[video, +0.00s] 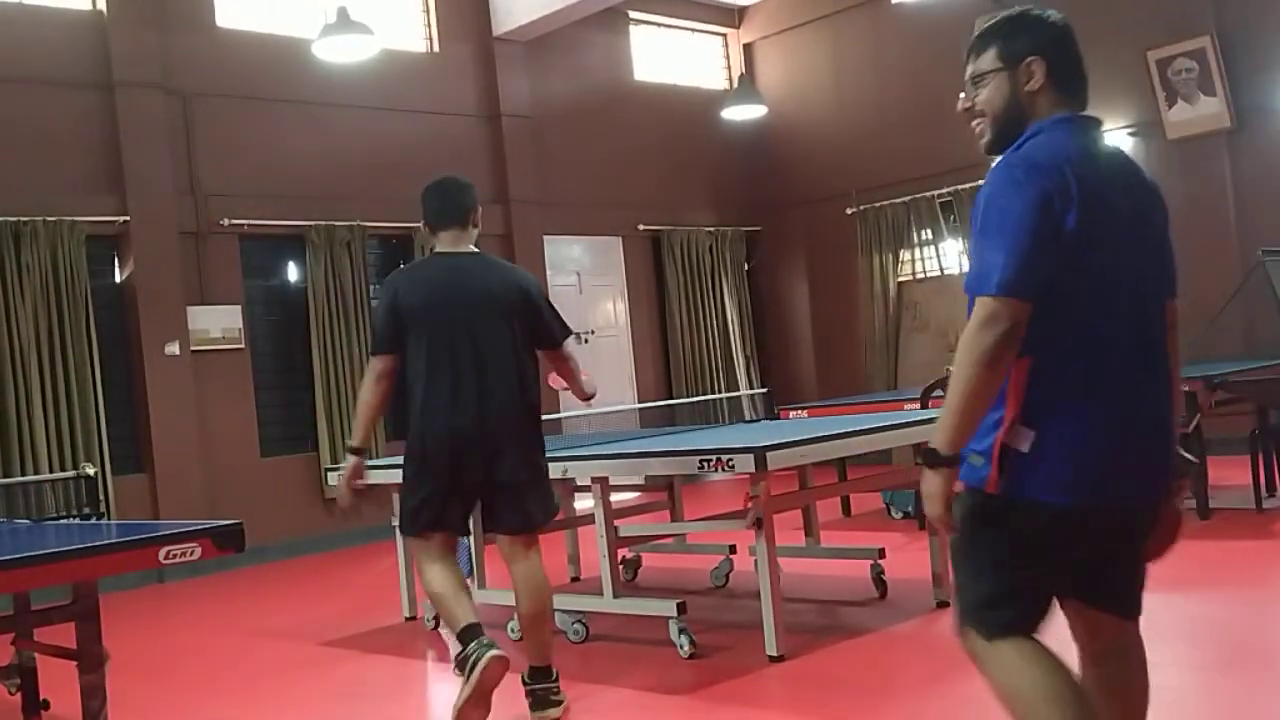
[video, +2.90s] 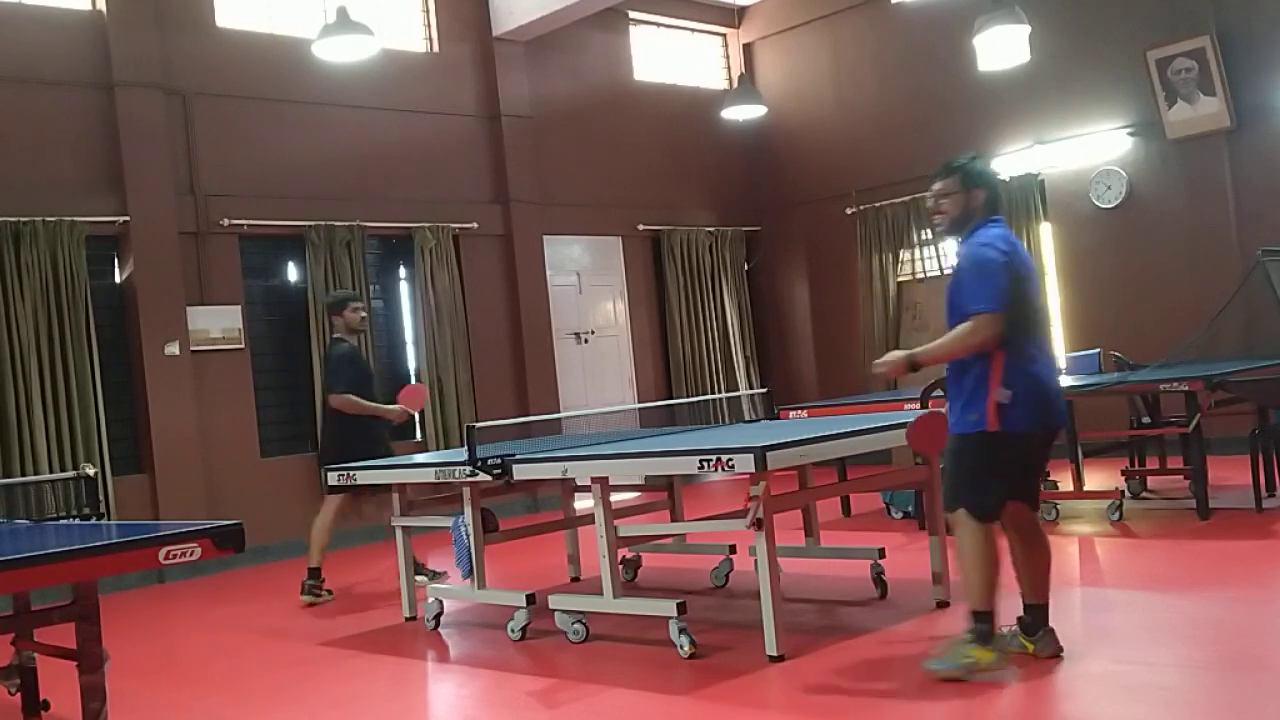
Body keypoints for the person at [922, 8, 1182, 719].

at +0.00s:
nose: (965, 103)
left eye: (978, 81)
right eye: (964, 87)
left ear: (1032, 75)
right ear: (1041, 81)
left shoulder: (1023, 172)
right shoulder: (1134, 179)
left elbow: (996, 321)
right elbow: (1162, 330)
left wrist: (939, 455)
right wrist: (1164, 464)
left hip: (1038, 461)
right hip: (1129, 456)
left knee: (990, 628)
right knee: (1107, 631)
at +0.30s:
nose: (927, 128)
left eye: (934, 106)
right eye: (925, 113)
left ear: (982, 96)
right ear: (1000, 101)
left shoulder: (980, 182)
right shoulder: (1089, 186)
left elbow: (979, 306)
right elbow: (1094, 323)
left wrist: (959, 446)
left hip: (1003, 456)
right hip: (1098, 452)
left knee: (963, 621)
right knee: (1083, 618)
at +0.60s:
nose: (886, 150)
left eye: (893, 131)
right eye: (884, 135)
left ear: (938, 123)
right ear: (952, 125)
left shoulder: (921, 211)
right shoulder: (1048, 209)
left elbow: (898, 326)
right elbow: (1050, 337)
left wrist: (855, 450)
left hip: (948, 464)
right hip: (1046, 456)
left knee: (949, 614)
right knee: (1045, 610)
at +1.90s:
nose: (881, 213)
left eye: (881, 205)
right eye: (881, 205)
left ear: (893, 204)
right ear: (942, 195)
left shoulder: (884, 274)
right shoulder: (1000, 247)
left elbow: (866, 368)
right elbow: (1045, 340)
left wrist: (858, 393)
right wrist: (1064, 411)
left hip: (935, 443)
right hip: (1010, 435)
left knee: (947, 546)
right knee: (1016, 552)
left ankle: (958, 658)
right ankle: (1031, 693)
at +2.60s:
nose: (863, 231)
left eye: (867, 218)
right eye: (860, 221)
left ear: (901, 209)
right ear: (917, 210)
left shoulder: (891, 268)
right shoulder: (983, 248)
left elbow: (868, 364)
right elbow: (1026, 320)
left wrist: (872, 352)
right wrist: (1022, 387)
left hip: (940, 421)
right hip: (1002, 410)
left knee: (939, 530)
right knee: (1004, 515)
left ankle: (957, 654)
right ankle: (1029, 618)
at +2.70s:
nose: (887, 221)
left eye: (895, 210)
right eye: (886, 212)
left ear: (928, 206)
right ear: (936, 209)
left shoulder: (922, 263)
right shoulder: (994, 252)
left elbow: (896, 347)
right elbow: (1010, 331)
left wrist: (864, 369)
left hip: (953, 425)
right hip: (1011, 417)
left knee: (946, 532)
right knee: (1008, 519)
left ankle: (957, 654)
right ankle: (1037, 628)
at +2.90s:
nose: (935, 207)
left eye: (944, 197)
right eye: (933, 199)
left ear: (977, 196)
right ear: (973, 201)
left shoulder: (983, 248)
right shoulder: (1000, 244)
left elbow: (986, 327)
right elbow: (997, 330)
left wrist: (912, 357)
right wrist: (939, 359)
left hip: (992, 412)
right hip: (1030, 407)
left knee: (968, 515)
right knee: (1019, 513)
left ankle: (980, 638)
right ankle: (1036, 631)